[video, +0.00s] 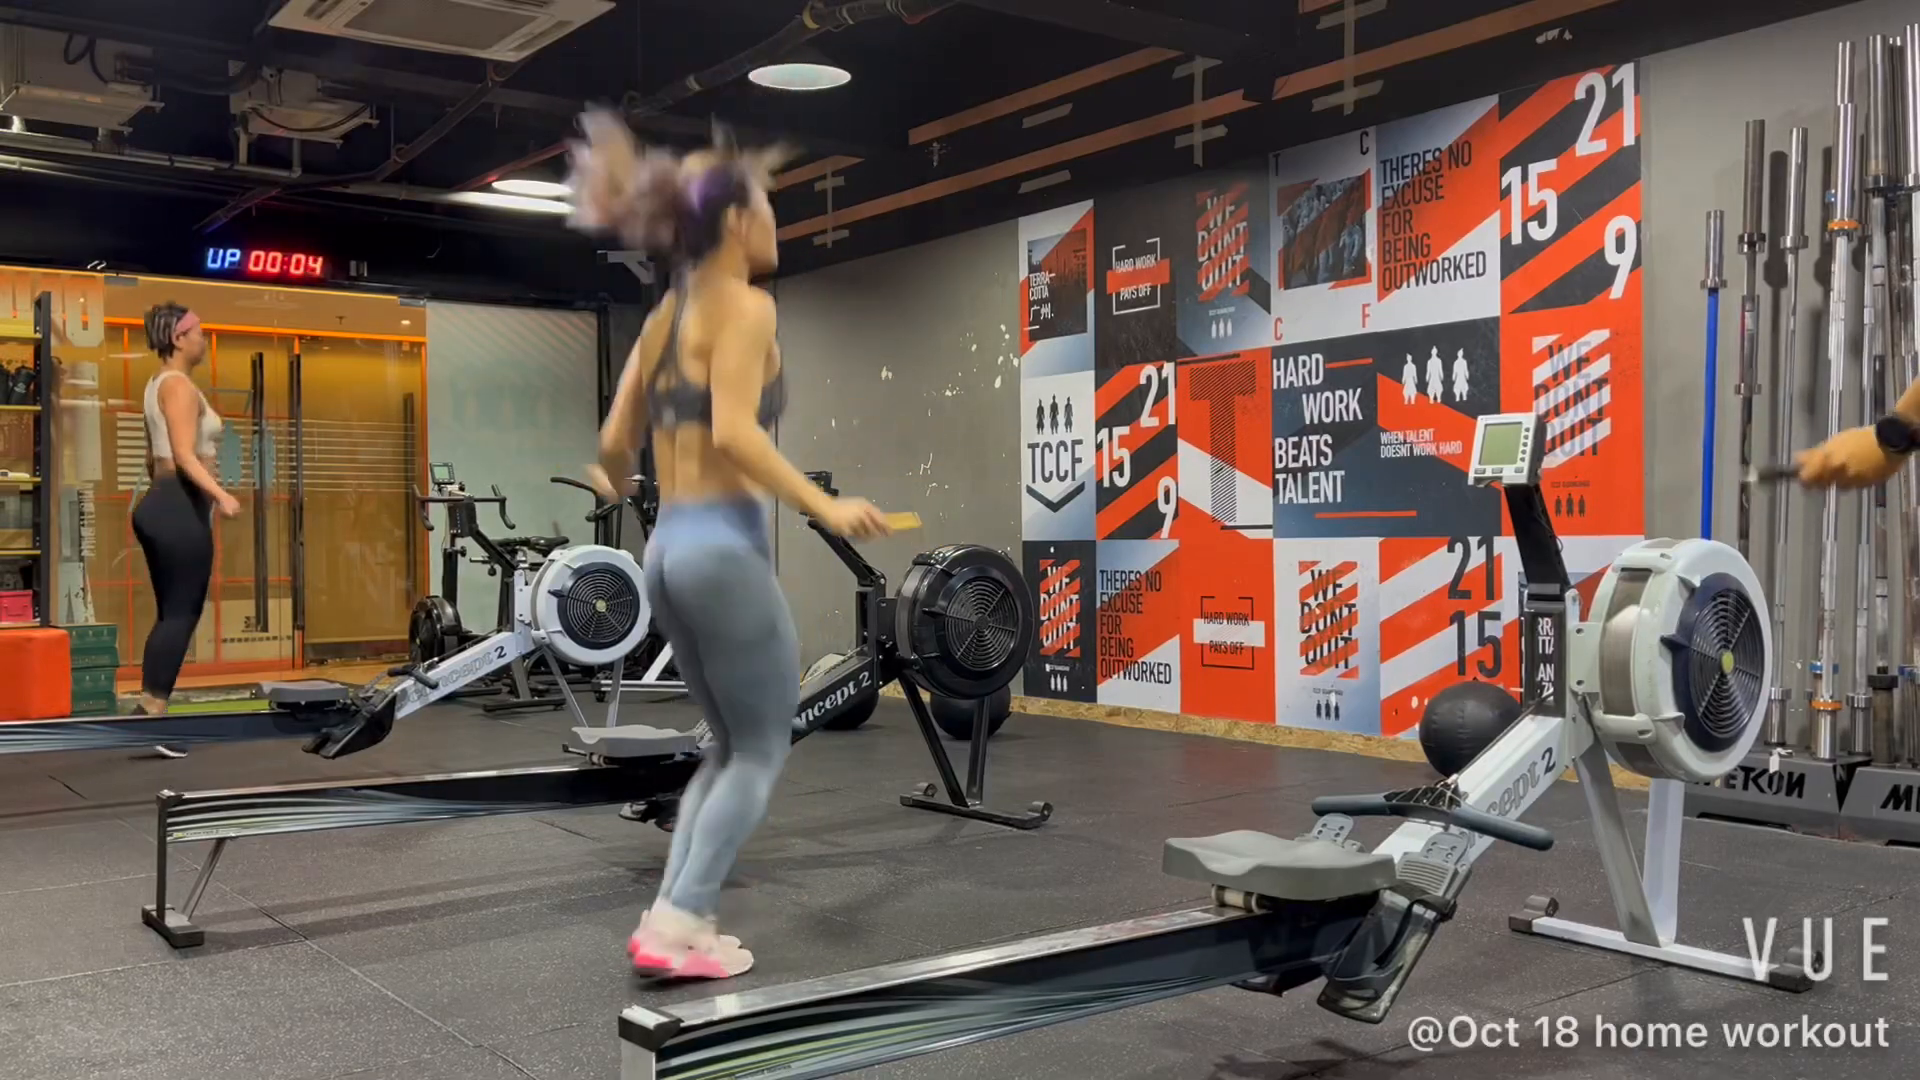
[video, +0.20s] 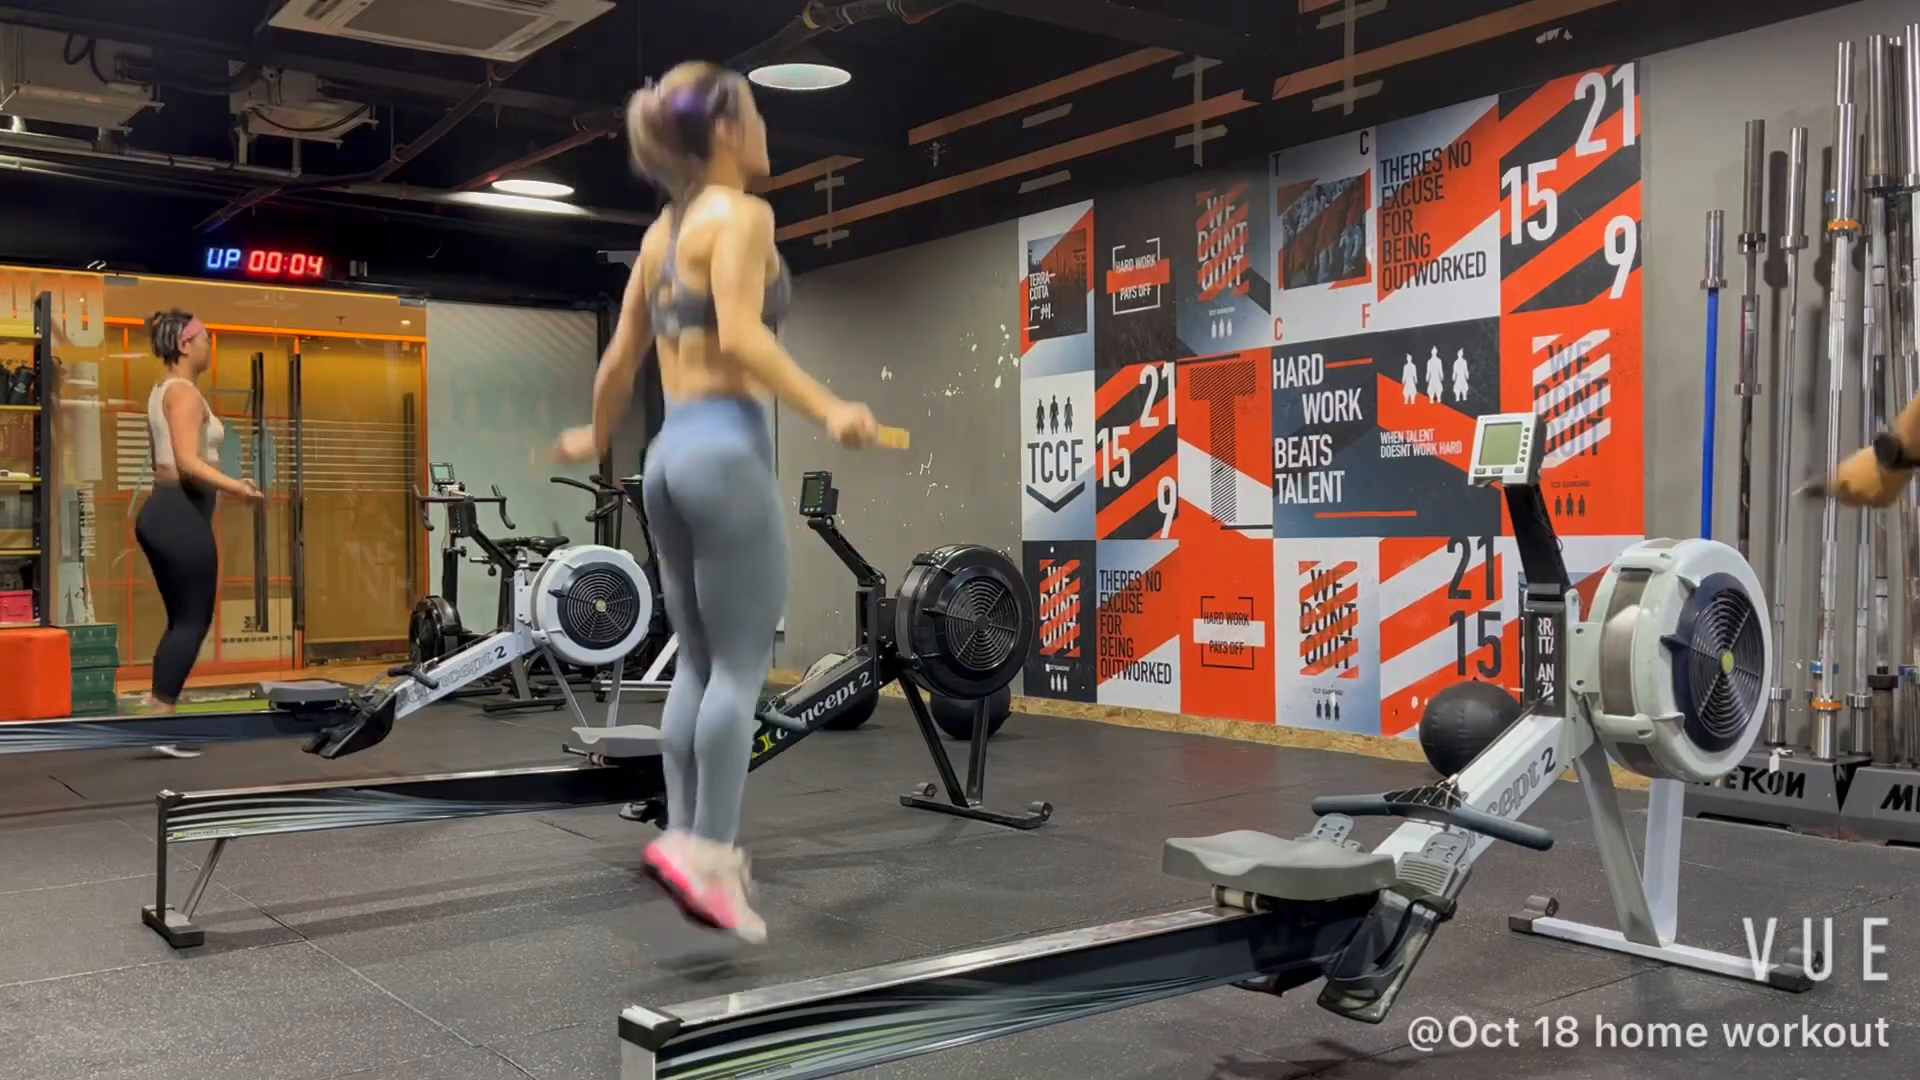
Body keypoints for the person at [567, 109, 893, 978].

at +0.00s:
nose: (775, 217)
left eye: (768, 203)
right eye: (764, 204)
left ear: (707, 227)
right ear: (736, 220)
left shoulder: (668, 312)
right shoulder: (746, 306)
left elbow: (618, 438)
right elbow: (733, 434)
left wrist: (615, 481)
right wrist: (828, 506)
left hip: (669, 542)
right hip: (719, 541)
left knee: (729, 747)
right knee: (761, 745)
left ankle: (672, 915)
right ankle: (683, 922)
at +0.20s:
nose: (762, 132)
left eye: (755, 116)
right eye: (752, 118)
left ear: (686, 140)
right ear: (724, 131)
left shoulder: (660, 232)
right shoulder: (742, 214)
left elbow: (621, 358)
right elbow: (738, 335)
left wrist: (595, 437)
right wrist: (830, 410)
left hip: (669, 450)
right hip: (722, 445)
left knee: (697, 660)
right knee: (738, 663)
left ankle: (687, 838)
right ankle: (712, 848)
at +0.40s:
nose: (773, 99)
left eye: (768, 84)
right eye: (764, 86)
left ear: (697, 100)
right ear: (735, 93)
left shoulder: (662, 188)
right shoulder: (751, 174)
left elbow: (629, 319)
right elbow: (730, 294)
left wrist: (617, 414)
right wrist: (800, 391)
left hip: (654, 406)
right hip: (713, 403)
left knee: (699, 622)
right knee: (746, 619)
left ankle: (684, 794)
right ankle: (721, 807)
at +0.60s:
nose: (771, 223)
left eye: (764, 210)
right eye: (759, 210)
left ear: (702, 236)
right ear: (729, 228)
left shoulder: (665, 321)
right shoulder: (748, 315)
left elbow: (606, 439)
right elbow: (735, 435)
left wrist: (594, 480)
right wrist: (830, 508)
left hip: (661, 546)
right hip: (716, 547)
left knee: (719, 753)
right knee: (763, 748)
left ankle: (662, 917)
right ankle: (686, 921)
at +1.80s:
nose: (777, 223)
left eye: (771, 209)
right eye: (766, 210)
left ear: (704, 234)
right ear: (737, 225)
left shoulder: (667, 318)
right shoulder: (752, 311)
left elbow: (606, 436)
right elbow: (729, 433)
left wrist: (593, 470)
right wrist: (825, 504)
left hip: (664, 549)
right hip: (718, 548)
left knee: (726, 753)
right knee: (767, 750)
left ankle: (666, 921)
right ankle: (688, 924)